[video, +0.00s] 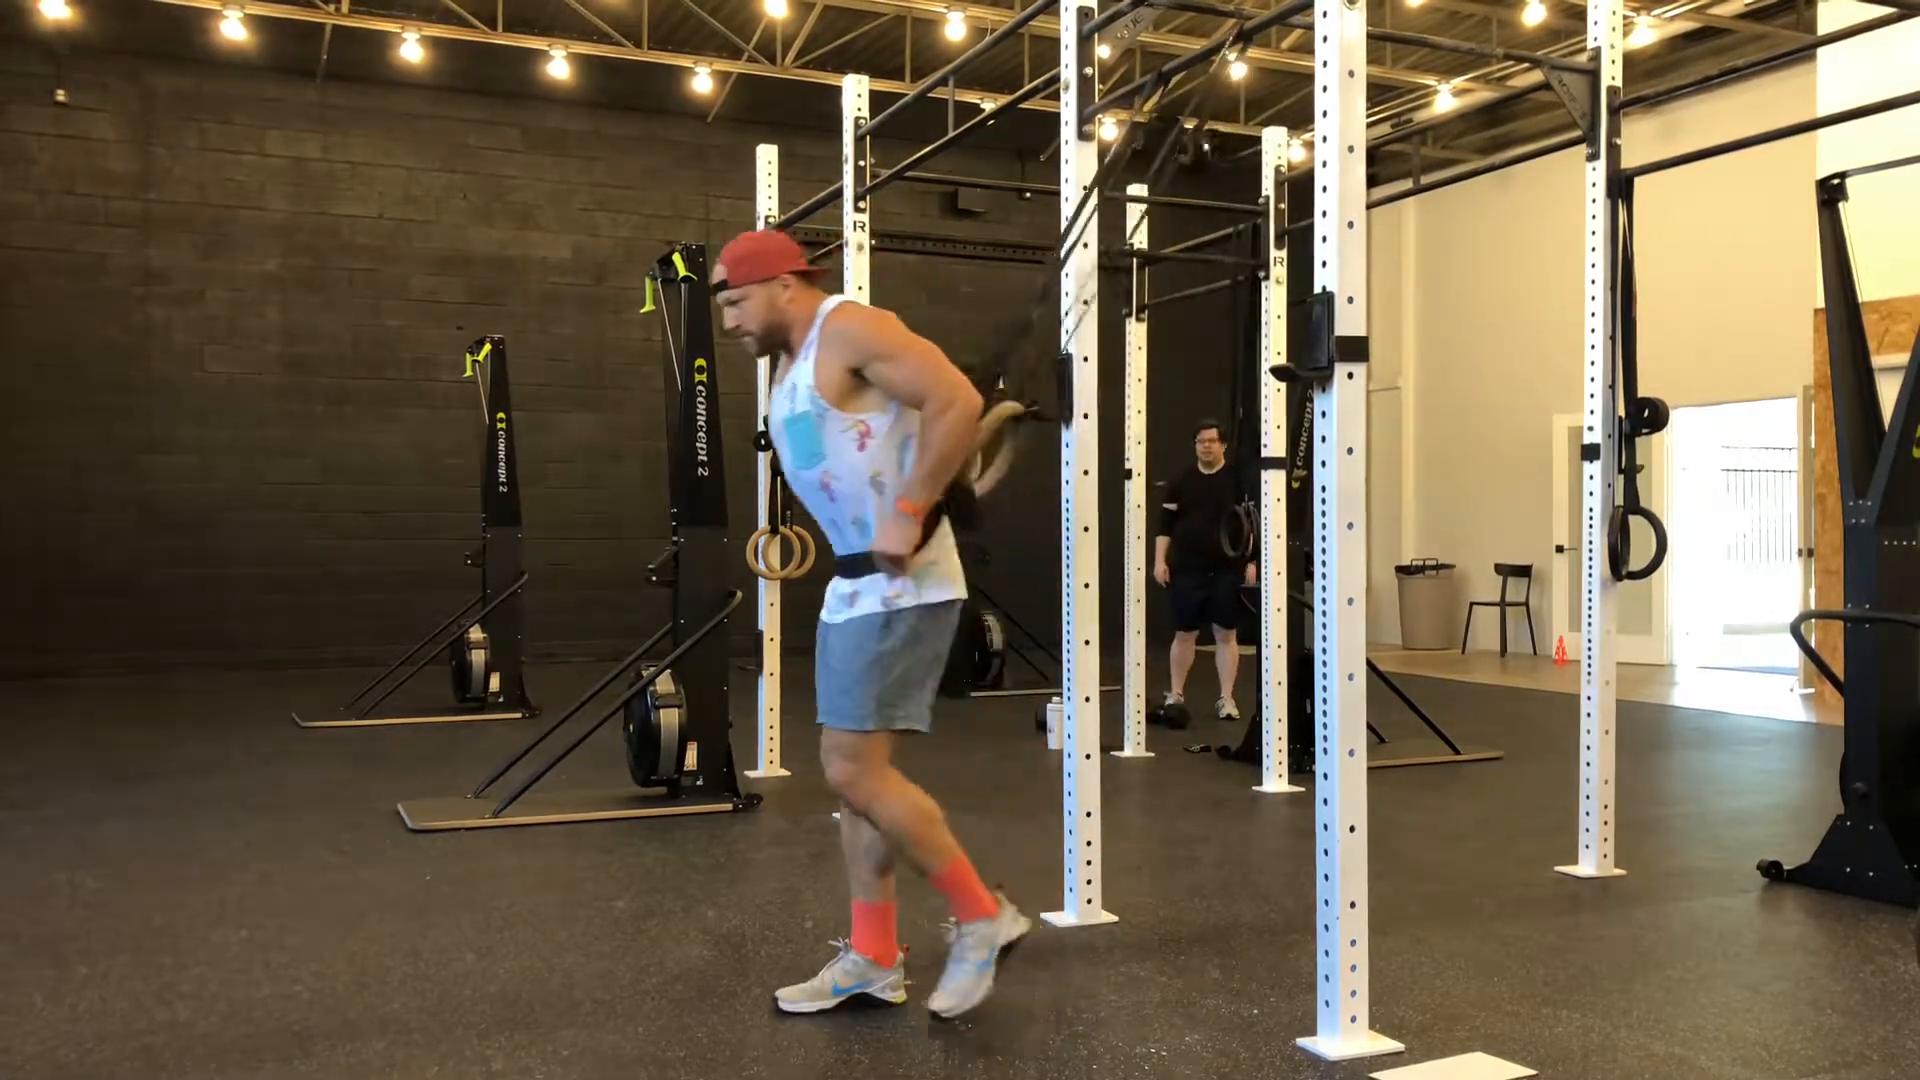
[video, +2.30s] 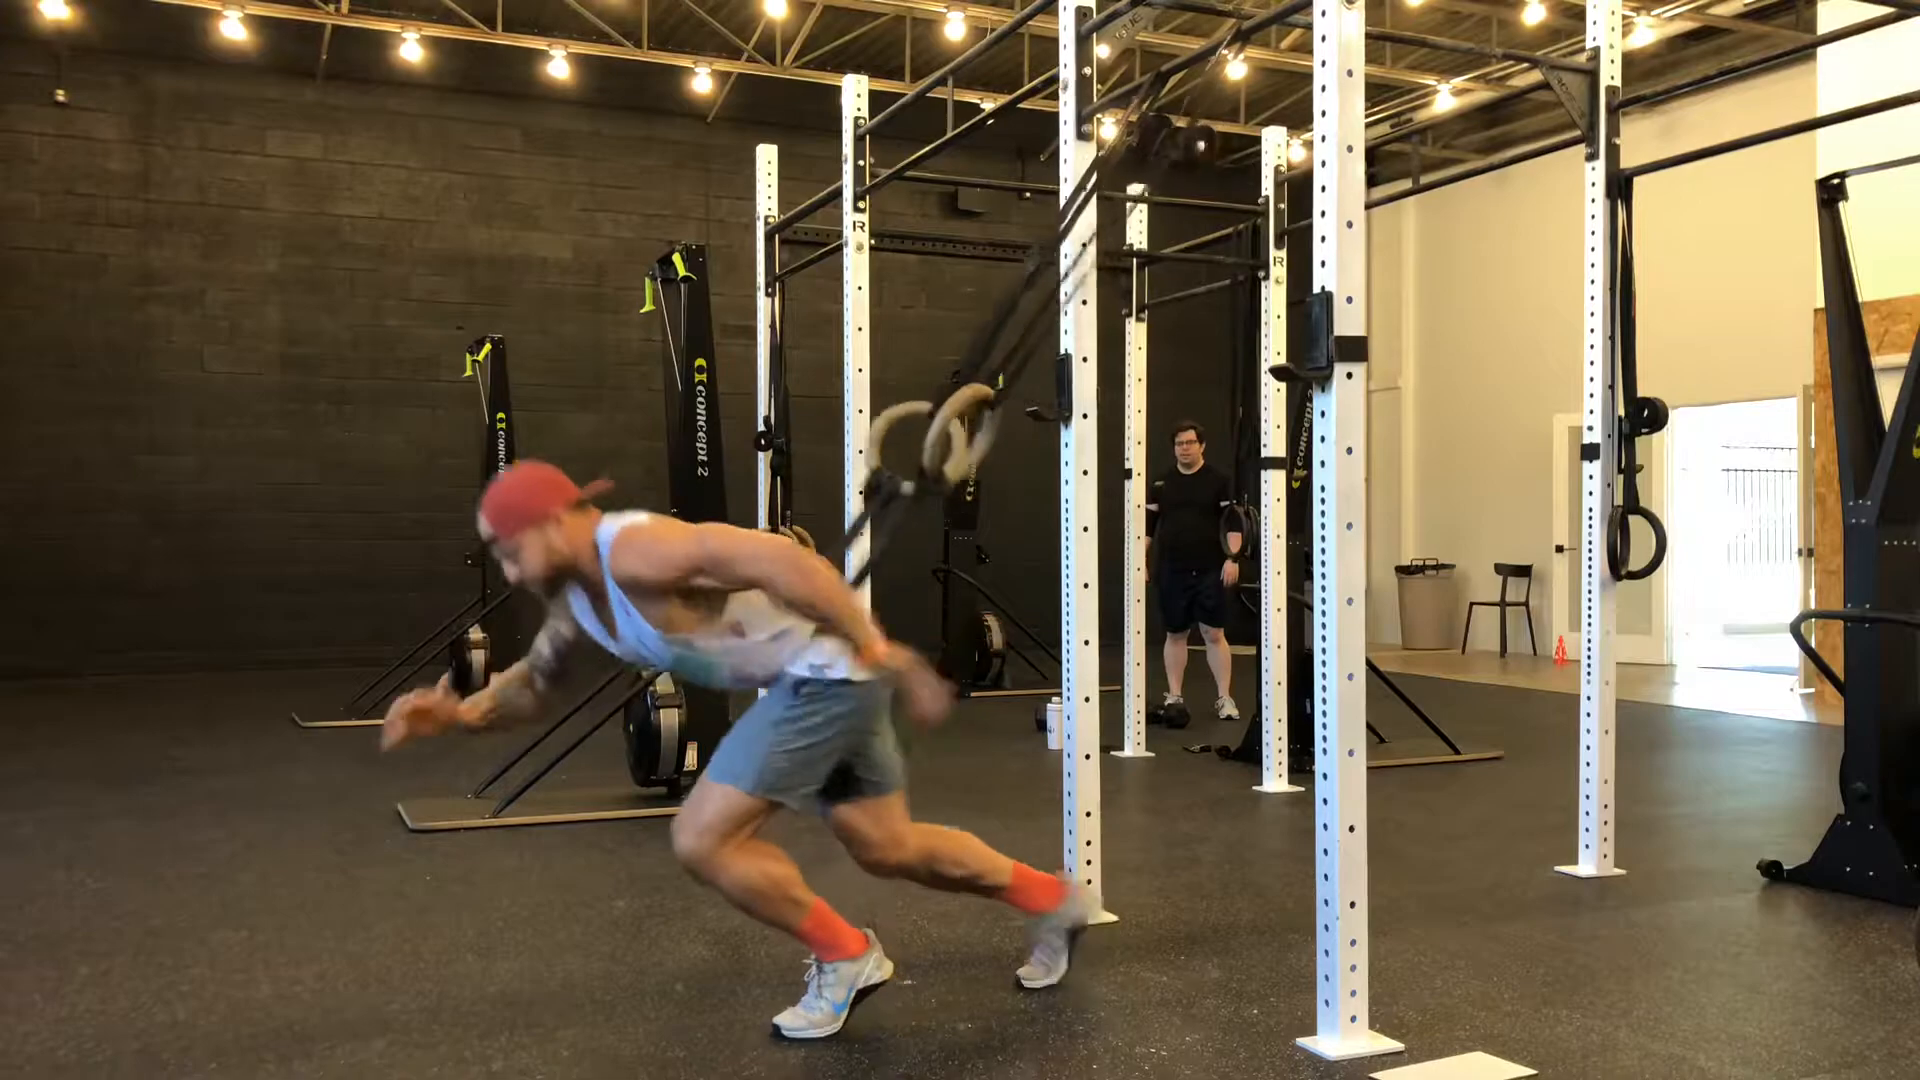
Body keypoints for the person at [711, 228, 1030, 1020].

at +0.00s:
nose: (727, 315)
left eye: (735, 296)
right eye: (724, 299)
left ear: (784, 286)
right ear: (772, 293)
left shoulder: (850, 327)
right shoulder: (796, 366)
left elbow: (959, 403)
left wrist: (908, 512)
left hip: (901, 586)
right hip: (857, 586)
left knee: (855, 768)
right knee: (856, 772)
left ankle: (985, 917)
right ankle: (873, 957)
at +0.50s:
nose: (658, 323)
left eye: (664, 302)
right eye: (654, 306)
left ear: (717, 288)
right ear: (702, 297)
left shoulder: (775, 330)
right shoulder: (742, 358)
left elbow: (889, 405)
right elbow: (833, 426)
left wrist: (869, 524)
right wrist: (814, 529)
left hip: (883, 586)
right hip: (830, 586)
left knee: (879, 770)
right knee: (835, 751)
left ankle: (878, 976)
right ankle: (918, 923)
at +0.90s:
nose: (641, 338)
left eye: (648, 317)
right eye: (638, 322)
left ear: (702, 309)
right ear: (690, 315)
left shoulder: (777, 360)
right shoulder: (716, 395)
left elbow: (895, 437)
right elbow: (751, 503)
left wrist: (915, 564)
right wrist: (708, 581)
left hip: (868, 587)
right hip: (843, 590)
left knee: (807, 773)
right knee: (921, 756)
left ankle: (865, 972)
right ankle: (1029, 893)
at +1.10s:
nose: (600, 392)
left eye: (606, 372)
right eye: (595, 376)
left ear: (659, 353)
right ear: (650, 361)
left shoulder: (745, 400)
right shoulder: (678, 438)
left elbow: (868, 471)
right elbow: (701, 540)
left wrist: (892, 596)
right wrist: (622, 567)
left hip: (850, 611)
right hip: (824, 615)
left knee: (763, 789)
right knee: (912, 775)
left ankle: (855, 960)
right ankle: (1032, 895)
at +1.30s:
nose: (547, 457)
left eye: (550, 438)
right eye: (540, 444)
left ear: (597, 410)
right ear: (586, 422)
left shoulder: (687, 445)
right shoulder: (627, 498)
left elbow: (830, 488)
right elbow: (593, 575)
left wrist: (892, 602)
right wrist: (527, 554)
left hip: (830, 623)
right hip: (830, 626)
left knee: (732, 798)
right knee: (917, 778)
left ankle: (850, 957)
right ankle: (1044, 896)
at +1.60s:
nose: (528, 569)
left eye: (527, 552)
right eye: (522, 557)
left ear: (564, 520)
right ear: (558, 528)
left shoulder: (668, 527)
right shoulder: (610, 591)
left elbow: (823, 524)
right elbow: (559, 670)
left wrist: (916, 603)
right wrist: (498, 651)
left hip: (836, 662)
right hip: (838, 665)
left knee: (719, 822)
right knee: (919, 831)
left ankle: (855, 962)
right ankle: (1069, 909)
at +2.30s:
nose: (507, 564)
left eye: (511, 546)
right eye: (500, 552)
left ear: (557, 522)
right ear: (534, 537)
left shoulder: (630, 550)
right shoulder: (583, 602)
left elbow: (775, 557)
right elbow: (531, 684)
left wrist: (871, 643)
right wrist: (455, 712)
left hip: (821, 670)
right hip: (829, 671)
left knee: (705, 836)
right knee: (885, 845)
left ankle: (848, 957)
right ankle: (1056, 898)